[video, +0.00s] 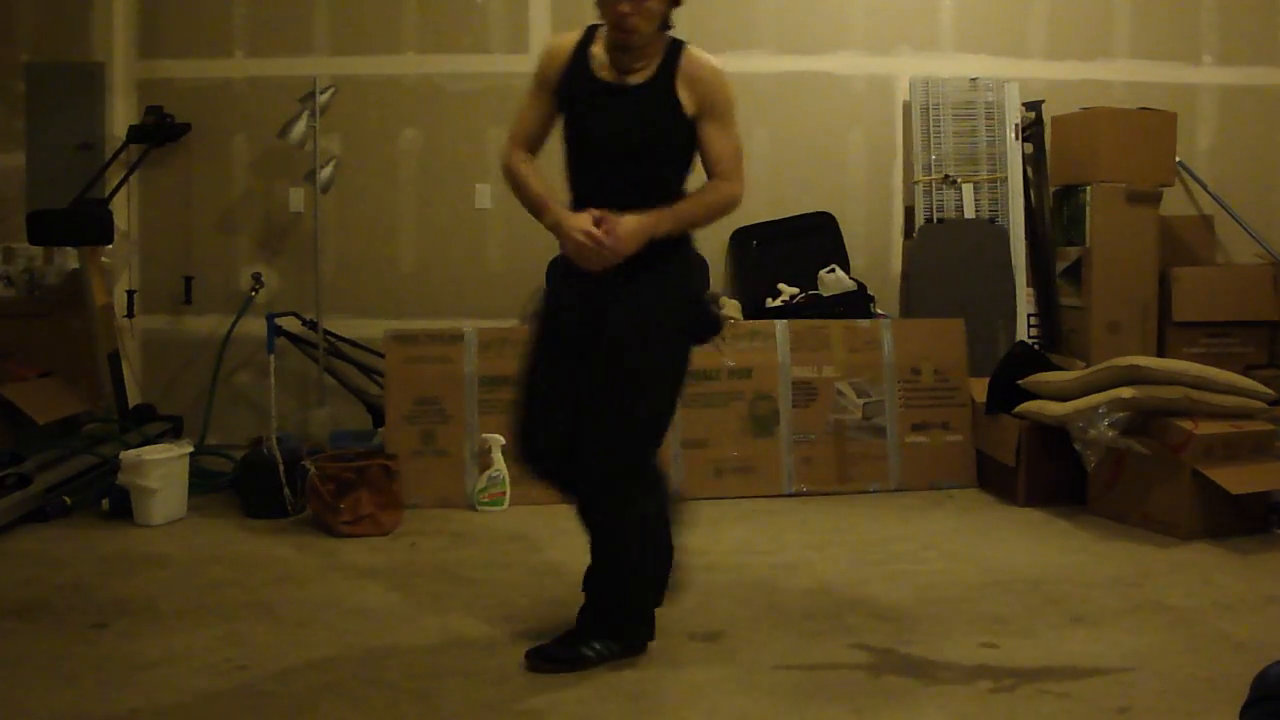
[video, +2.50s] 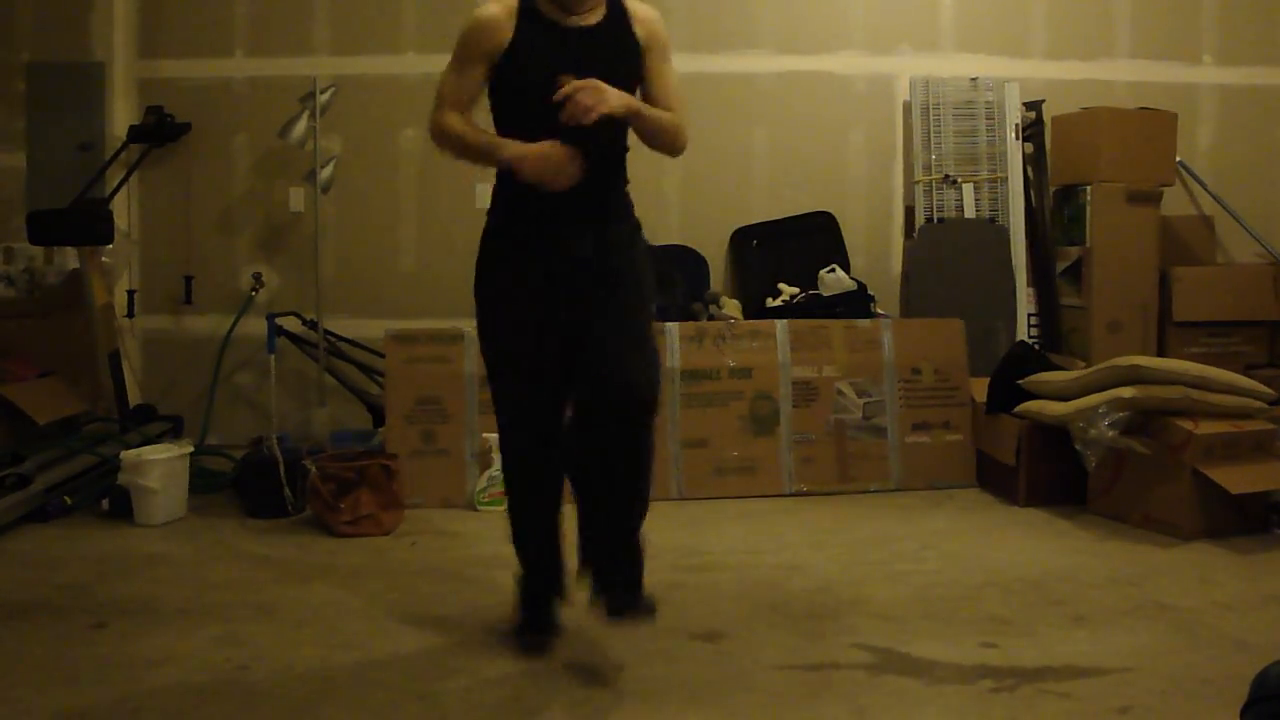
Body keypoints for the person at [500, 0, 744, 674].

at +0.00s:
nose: (625, 13)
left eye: (641, 1)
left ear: (669, 5)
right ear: (598, 1)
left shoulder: (699, 77)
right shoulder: (565, 58)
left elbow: (728, 188)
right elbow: (516, 154)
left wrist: (645, 226)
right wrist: (557, 217)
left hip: (658, 283)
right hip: (580, 278)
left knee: (619, 451)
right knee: (545, 438)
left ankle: (619, 624)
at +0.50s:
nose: (526, 9)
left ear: (578, 3)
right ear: (510, 6)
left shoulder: (632, 71)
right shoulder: (497, 67)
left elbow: (655, 184)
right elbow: (431, 127)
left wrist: (660, 285)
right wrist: (420, 152)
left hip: (581, 287)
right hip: (500, 280)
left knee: (571, 458)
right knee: (435, 432)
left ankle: (598, 619)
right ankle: (373, 567)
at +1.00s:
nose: (598, 8)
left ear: (641, 9)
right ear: (570, 4)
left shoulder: (667, 82)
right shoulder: (527, 73)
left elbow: (694, 178)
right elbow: (510, 185)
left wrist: (727, 265)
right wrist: (596, 170)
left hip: (652, 280)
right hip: (578, 285)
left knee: (618, 453)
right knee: (654, 430)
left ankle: (577, 635)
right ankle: (752, 553)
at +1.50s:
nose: (533, 16)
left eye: (547, 8)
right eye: (527, 8)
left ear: (585, 5)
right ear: (519, 8)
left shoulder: (638, 50)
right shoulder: (492, 59)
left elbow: (665, 119)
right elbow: (420, 141)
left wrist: (583, 48)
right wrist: (368, 227)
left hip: (600, 291)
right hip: (513, 292)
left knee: (597, 474)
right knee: (514, 472)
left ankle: (495, 604)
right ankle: (514, 662)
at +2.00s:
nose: (632, 11)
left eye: (638, 4)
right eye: (618, 5)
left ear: (645, 2)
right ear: (584, 0)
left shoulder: (679, 61)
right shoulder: (532, 56)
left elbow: (709, 152)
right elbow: (507, 154)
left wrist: (737, 231)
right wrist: (602, 84)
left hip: (653, 297)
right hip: (560, 301)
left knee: (714, 453)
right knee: (529, 478)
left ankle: (782, 589)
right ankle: (477, 647)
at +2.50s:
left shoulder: (639, 26)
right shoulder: (496, 25)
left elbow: (675, 137)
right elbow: (445, 122)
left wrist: (625, 104)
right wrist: (518, 153)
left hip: (609, 248)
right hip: (521, 249)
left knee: (623, 408)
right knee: (530, 423)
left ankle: (617, 574)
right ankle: (538, 592)